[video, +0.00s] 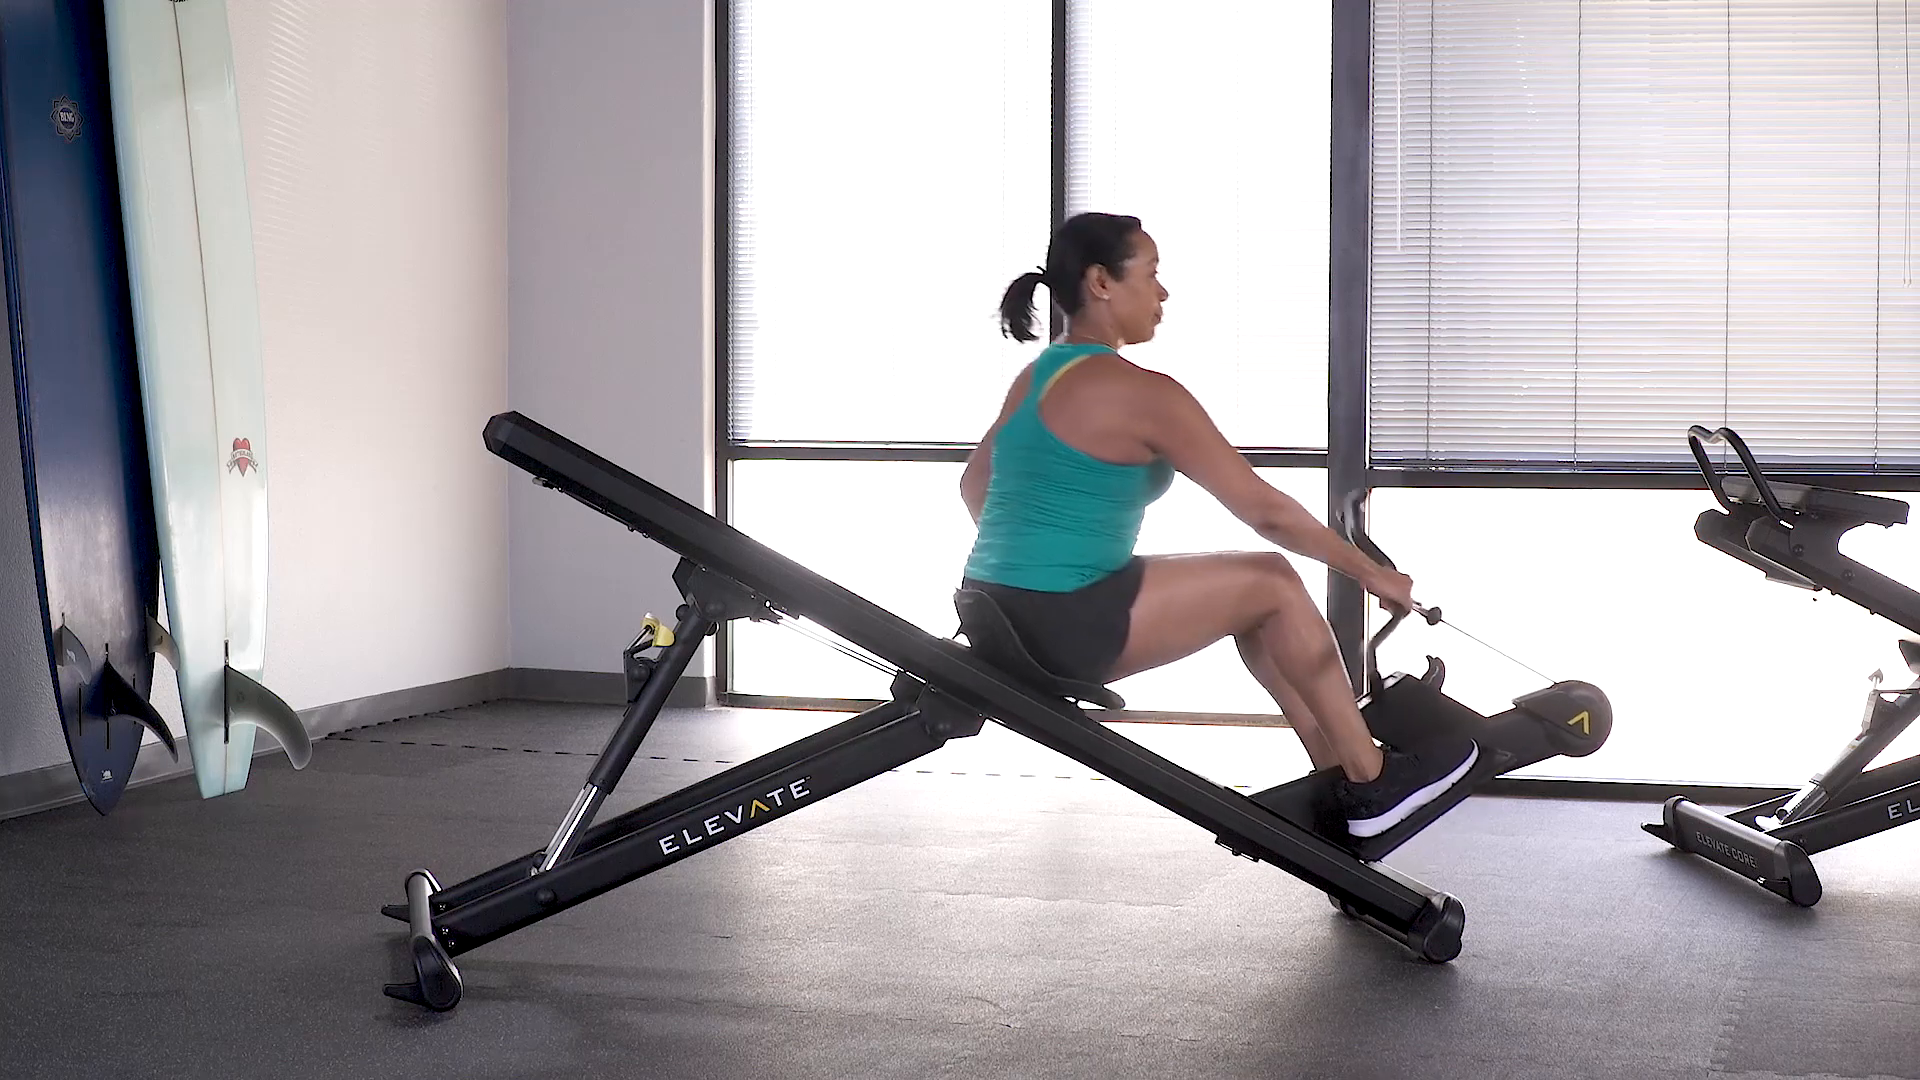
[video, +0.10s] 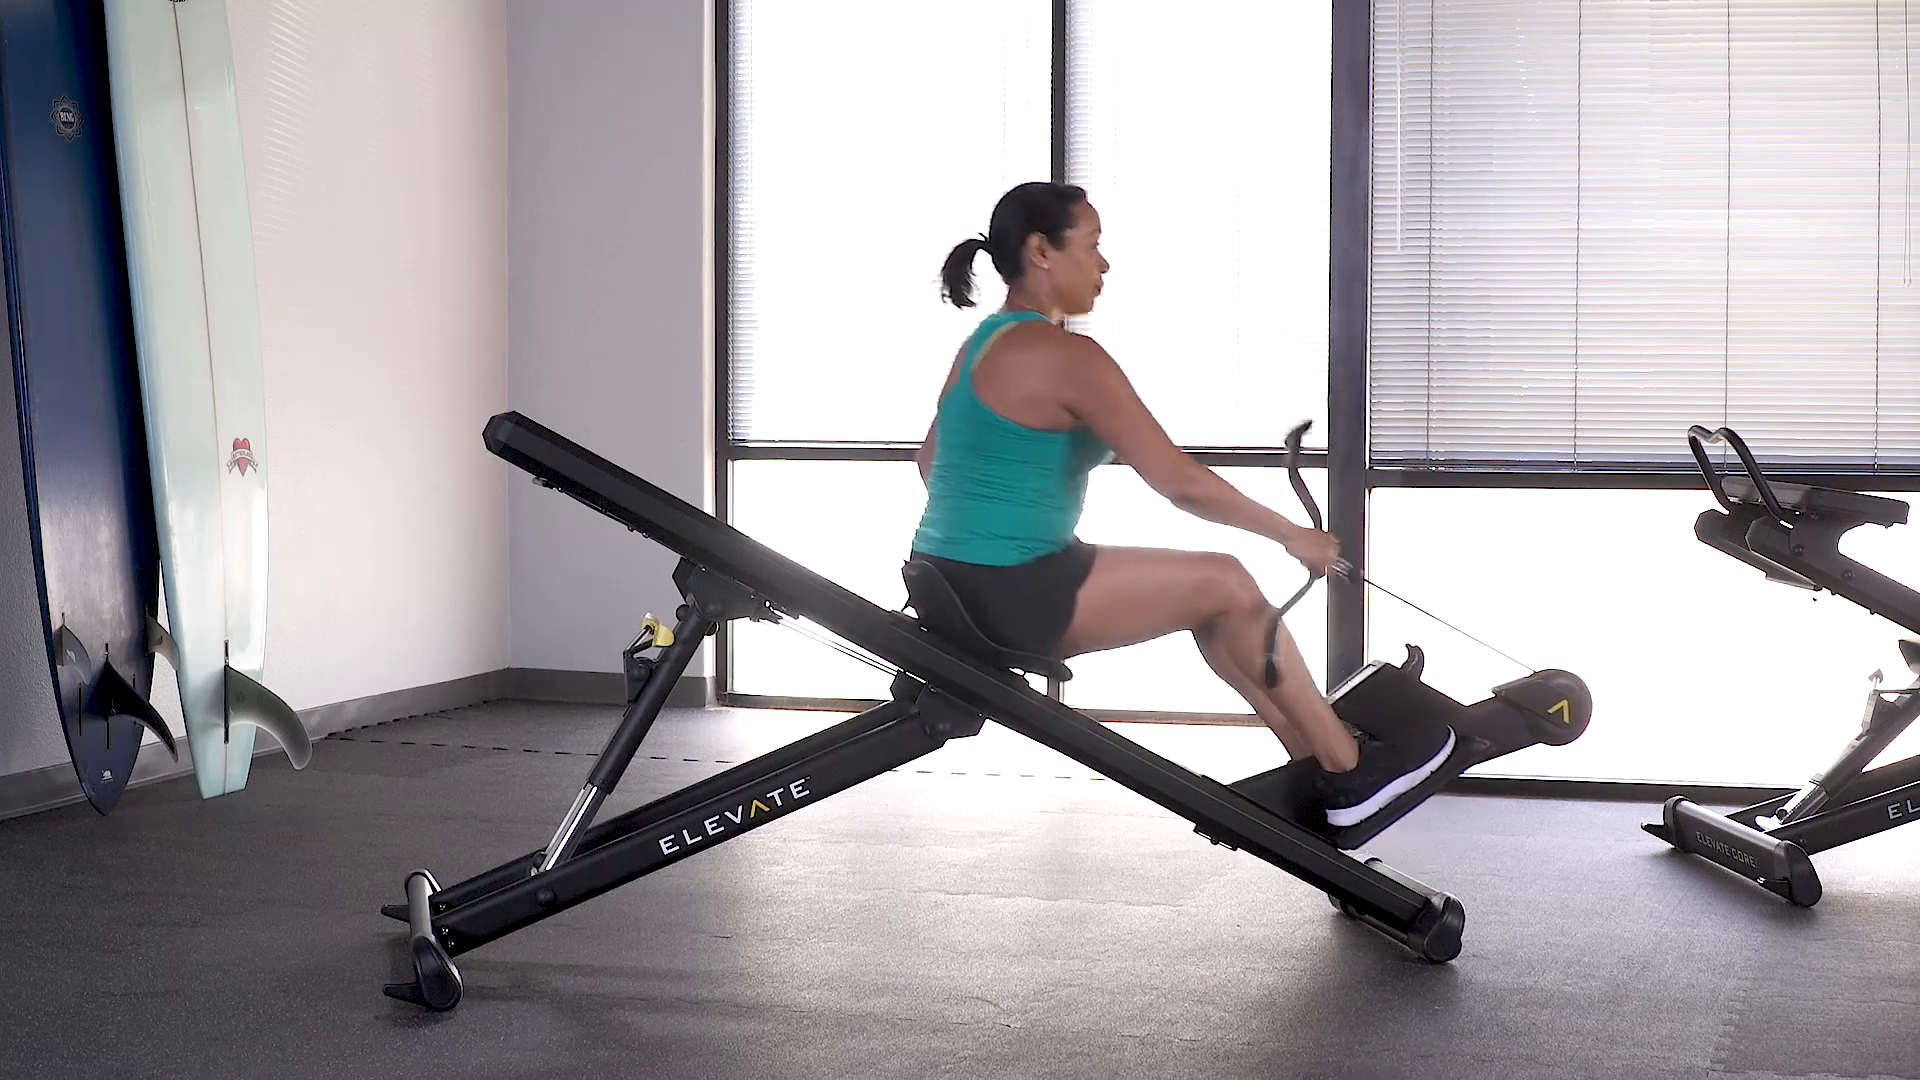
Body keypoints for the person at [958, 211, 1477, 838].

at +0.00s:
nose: (1164, 293)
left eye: (1159, 276)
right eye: (1151, 276)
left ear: (1092, 287)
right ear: (1101, 285)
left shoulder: (1039, 374)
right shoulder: (1145, 394)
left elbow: (975, 485)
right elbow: (1264, 510)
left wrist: (1035, 553)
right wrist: (1371, 570)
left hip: (995, 605)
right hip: (1062, 618)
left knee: (1251, 584)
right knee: (1274, 582)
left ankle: (1332, 760)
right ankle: (1371, 776)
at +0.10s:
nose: (1105, 262)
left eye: (1100, 245)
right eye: (1093, 245)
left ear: (1035, 253)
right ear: (1041, 252)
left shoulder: (983, 342)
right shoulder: (1074, 359)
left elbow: (932, 459)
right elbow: (1181, 481)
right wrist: (1296, 535)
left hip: (948, 583)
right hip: (1010, 591)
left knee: (1209, 588)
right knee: (1227, 581)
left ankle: (1308, 748)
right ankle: (1348, 768)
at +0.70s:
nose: (921, 176)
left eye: (920, 159)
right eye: (911, 158)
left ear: (857, 161)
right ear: (859, 159)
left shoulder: (847, 247)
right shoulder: (820, 252)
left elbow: (772, 348)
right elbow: (732, 351)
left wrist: (886, 364)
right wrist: (866, 366)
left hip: (842, 488)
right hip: (824, 496)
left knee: (1050, 579)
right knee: (1052, 581)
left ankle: (1216, 711)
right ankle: (1223, 718)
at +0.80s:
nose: (937, 189)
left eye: (935, 171)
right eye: (927, 171)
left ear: (878, 174)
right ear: (875, 172)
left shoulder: (859, 262)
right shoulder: (836, 265)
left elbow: (825, 380)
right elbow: (801, 382)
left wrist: (934, 388)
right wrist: (930, 387)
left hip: (862, 500)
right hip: (843, 510)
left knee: (1073, 580)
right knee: (1077, 581)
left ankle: (1234, 718)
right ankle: (1243, 725)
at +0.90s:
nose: (970, 205)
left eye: (967, 187)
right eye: (959, 186)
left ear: (907, 191)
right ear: (905, 189)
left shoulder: (889, 282)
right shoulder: (882, 284)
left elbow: (895, 411)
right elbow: (888, 410)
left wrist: (1007, 422)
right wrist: (1011, 422)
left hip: (879, 520)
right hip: (878, 526)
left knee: (1105, 583)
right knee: (1111, 576)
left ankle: (1251, 721)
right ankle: (1269, 732)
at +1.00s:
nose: (1018, 223)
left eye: (1014, 205)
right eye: (1007, 205)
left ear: (953, 213)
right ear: (954, 210)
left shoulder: (915, 303)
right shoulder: (942, 311)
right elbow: (984, 435)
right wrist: (1102, 458)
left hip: (901, 542)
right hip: (922, 549)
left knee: (1145, 581)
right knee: (1156, 571)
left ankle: (1269, 732)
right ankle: (1297, 744)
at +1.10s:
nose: (1068, 250)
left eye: (1065, 232)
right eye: (1056, 231)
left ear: (1002, 238)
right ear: (1005, 236)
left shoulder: (954, 328)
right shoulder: (1008, 338)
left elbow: (905, 450)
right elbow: (1090, 467)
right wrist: (1200, 491)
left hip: (927, 570)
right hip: (973, 576)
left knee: (1184, 577)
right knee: (1196, 565)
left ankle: (1291, 741)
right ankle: (1323, 754)